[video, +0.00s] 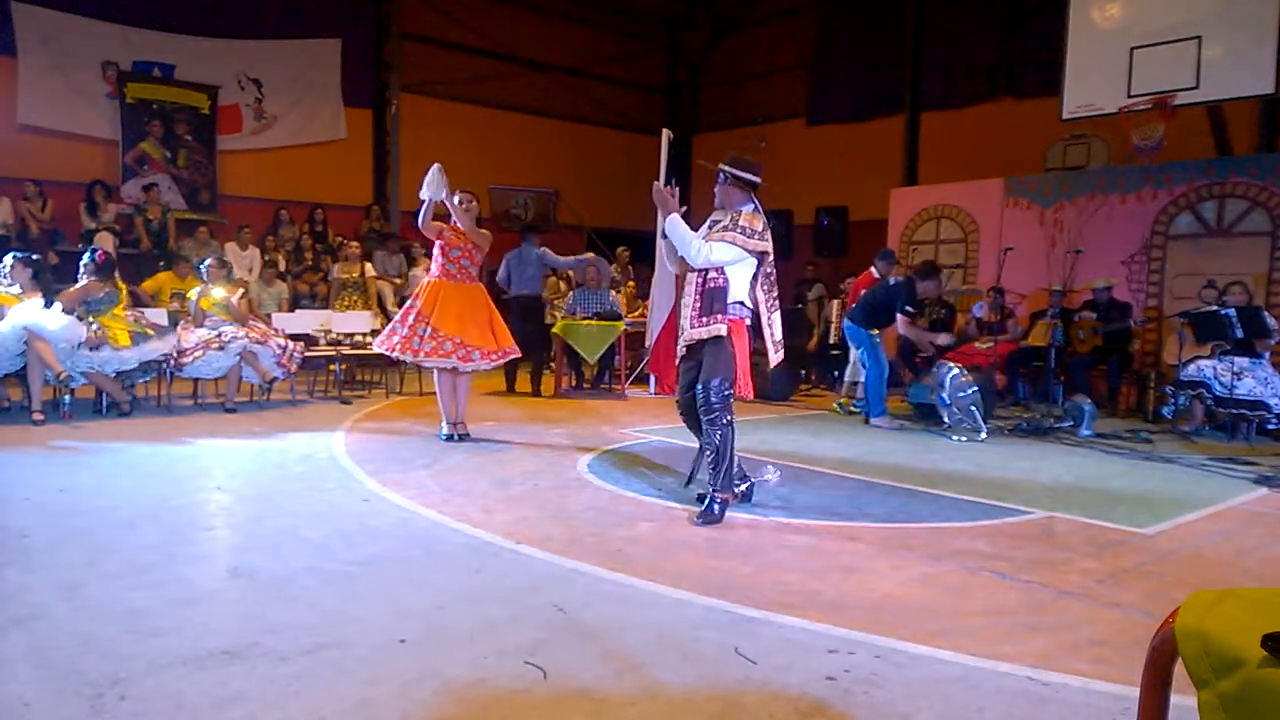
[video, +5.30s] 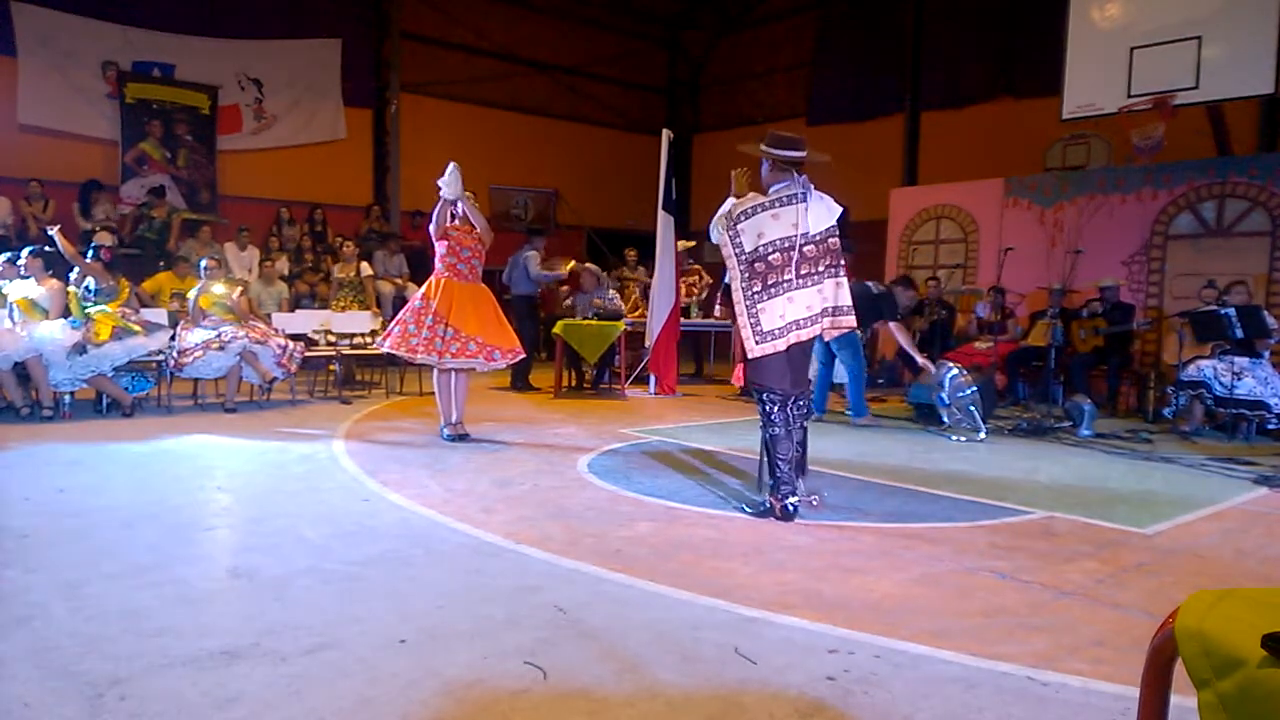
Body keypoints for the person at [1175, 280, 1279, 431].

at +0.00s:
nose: (1237, 297)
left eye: (1241, 293)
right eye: (1231, 294)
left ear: (1248, 297)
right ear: (1223, 298)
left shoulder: (1258, 315)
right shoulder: (1216, 316)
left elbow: (1265, 346)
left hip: (1254, 364)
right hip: (1223, 363)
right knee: (1196, 368)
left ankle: (1243, 425)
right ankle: (1197, 419)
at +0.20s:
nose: (1238, 297)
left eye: (1243, 293)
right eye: (1233, 293)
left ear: (1249, 297)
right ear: (1224, 299)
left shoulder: (1259, 315)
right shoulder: (1216, 316)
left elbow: (1265, 347)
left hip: (1254, 364)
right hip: (1222, 362)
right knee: (1196, 368)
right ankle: (1197, 419)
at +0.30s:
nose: (1238, 297)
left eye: (1242, 293)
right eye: (1233, 293)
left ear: (1249, 297)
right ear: (1224, 299)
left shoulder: (1259, 315)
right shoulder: (1218, 315)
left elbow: (1264, 347)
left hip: (1254, 364)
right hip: (1223, 363)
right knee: (1197, 368)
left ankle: (1244, 426)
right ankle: (1197, 419)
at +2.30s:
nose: (1226, 296)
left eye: (1231, 293)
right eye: (1225, 293)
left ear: (1245, 297)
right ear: (1222, 296)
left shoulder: (1258, 315)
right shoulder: (1220, 315)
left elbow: (1265, 345)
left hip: (1253, 364)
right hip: (1224, 363)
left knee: (1245, 381)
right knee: (1199, 368)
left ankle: (1241, 426)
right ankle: (1196, 421)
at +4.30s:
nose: (1227, 296)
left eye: (1233, 292)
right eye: (1225, 293)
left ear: (1246, 297)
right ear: (1222, 296)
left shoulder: (1257, 314)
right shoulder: (1218, 315)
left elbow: (1264, 345)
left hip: (1252, 364)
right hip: (1222, 363)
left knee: (1247, 381)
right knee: (1198, 368)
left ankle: (1243, 425)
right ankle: (1195, 419)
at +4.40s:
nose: (1227, 296)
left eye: (1232, 292)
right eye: (1225, 293)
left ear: (1246, 297)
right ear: (1223, 296)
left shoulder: (1257, 314)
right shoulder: (1219, 315)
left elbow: (1265, 345)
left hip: (1253, 365)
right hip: (1223, 363)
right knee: (1198, 368)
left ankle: (1243, 425)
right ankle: (1195, 419)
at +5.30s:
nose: (1239, 297)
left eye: (1243, 293)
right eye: (1234, 293)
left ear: (1249, 297)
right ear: (1226, 297)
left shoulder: (1258, 314)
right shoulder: (1218, 314)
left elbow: (1265, 345)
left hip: (1253, 363)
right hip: (1223, 362)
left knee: (1247, 381)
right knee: (1198, 368)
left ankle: (1243, 426)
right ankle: (1196, 419)